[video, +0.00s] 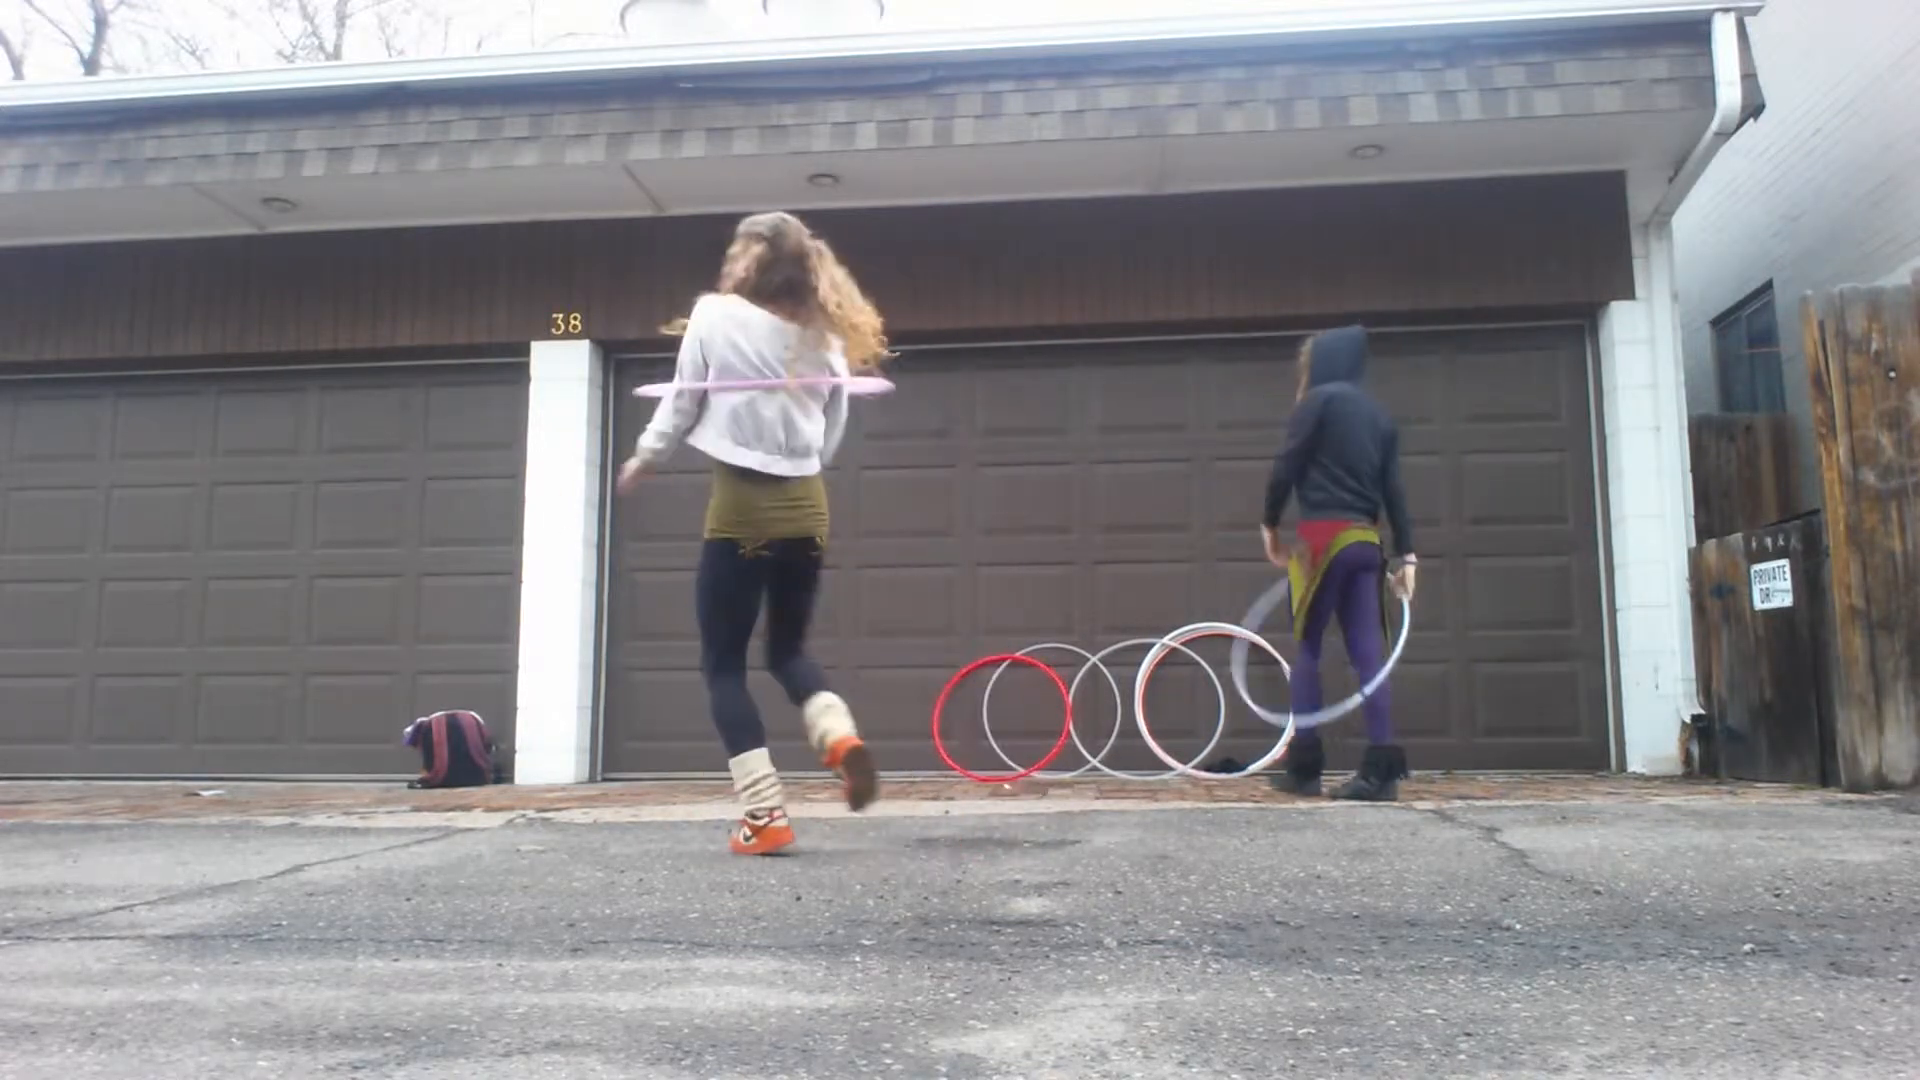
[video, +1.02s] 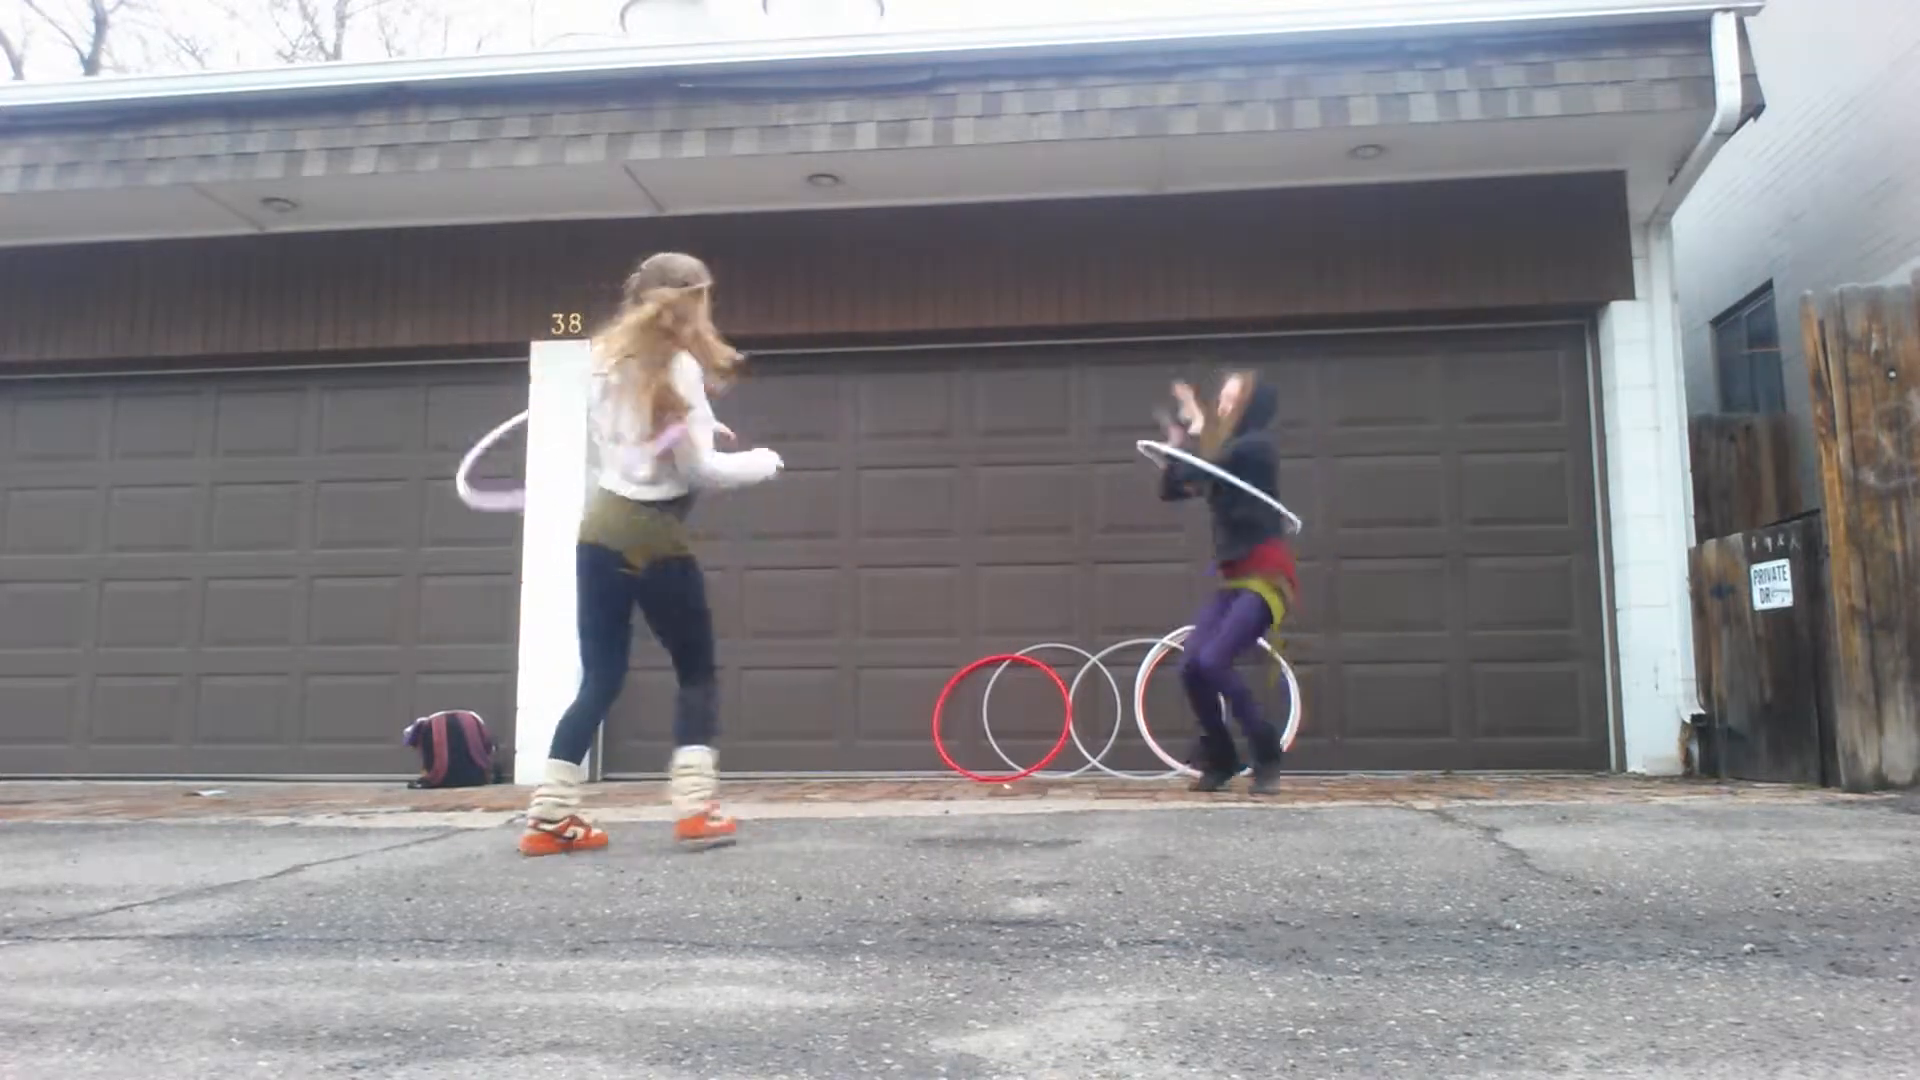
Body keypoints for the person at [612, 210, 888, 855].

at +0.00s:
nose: (728, 263)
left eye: (738, 252)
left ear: (759, 261)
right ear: (800, 269)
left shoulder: (715, 313)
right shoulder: (825, 335)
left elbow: (683, 401)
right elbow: (831, 439)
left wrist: (644, 457)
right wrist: (793, 464)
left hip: (736, 516)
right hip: (807, 514)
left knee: (724, 666)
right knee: (788, 651)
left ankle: (765, 814)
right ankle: (840, 737)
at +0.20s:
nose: (670, 288)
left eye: (677, 275)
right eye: (669, 275)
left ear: (710, 273)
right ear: (725, 272)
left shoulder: (726, 341)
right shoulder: (764, 332)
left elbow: (683, 443)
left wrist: (599, 498)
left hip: (724, 516)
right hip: (741, 512)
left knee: (712, 662)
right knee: (643, 637)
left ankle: (766, 814)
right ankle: (703, 765)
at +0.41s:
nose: (632, 296)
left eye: (644, 286)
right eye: (626, 284)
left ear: (681, 284)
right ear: (621, 284)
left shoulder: (722, 342)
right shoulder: (635, 335)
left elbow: (732, 438)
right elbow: (634, 411)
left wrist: (702, 495)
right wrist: (593, 440)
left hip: (703, 513)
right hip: (645, 511)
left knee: (699, 663)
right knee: (614, 661)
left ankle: (777, 801)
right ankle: (583, 812)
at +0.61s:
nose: (623, 328)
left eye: (633, 315)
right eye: (611, 316)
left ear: (655, 314)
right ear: (595, 320)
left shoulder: (687, 367)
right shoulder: (569, 378)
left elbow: (716, 452)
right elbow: (540, 470)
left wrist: (747, 502)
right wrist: (489, 535)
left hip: (676, 537)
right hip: (600, 540)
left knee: (712, 663)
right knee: (570, 658)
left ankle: (677, 785)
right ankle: (585, 813)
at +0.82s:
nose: (661, 333)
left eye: (667, 320)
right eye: (648, 325)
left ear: (676, 318)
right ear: (621, 331)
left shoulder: (674, 371)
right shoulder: (605, 385)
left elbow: (710, 434)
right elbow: (632, 489)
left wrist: (766, 472)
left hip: (631, 530)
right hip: (601, 531)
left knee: (627, 678)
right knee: (631, 676)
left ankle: (553, 809)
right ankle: (587, 812)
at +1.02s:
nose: (707, 314)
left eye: (706, 302)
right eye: (702, 302)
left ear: (642, 301)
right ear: (681, 305)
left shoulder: (605, 358)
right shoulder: (678, 367)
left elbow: (620, 441)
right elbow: (702, 466)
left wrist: (699, 429)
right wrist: (766, 463)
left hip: (597, 533)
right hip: (655, 538)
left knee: (599, 681)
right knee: (695, 667)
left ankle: (550, 813)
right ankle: (695, 806)